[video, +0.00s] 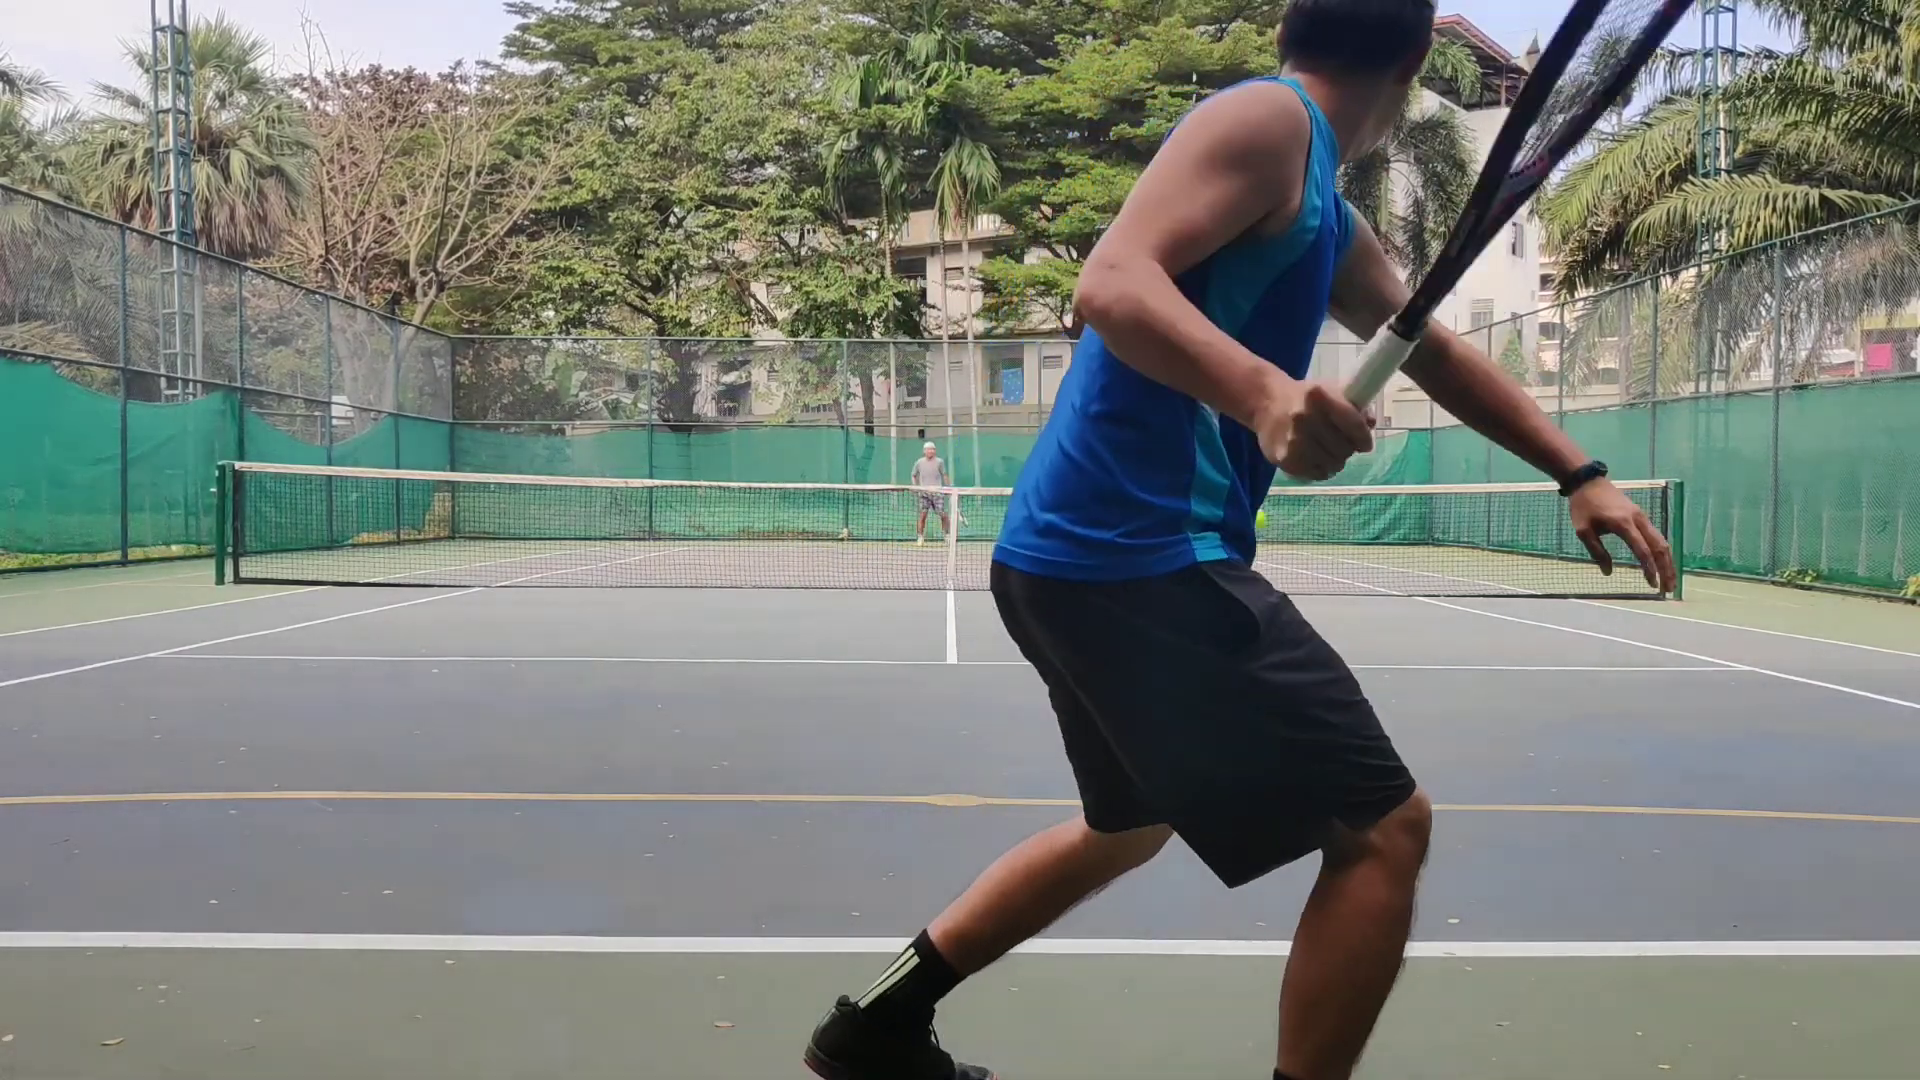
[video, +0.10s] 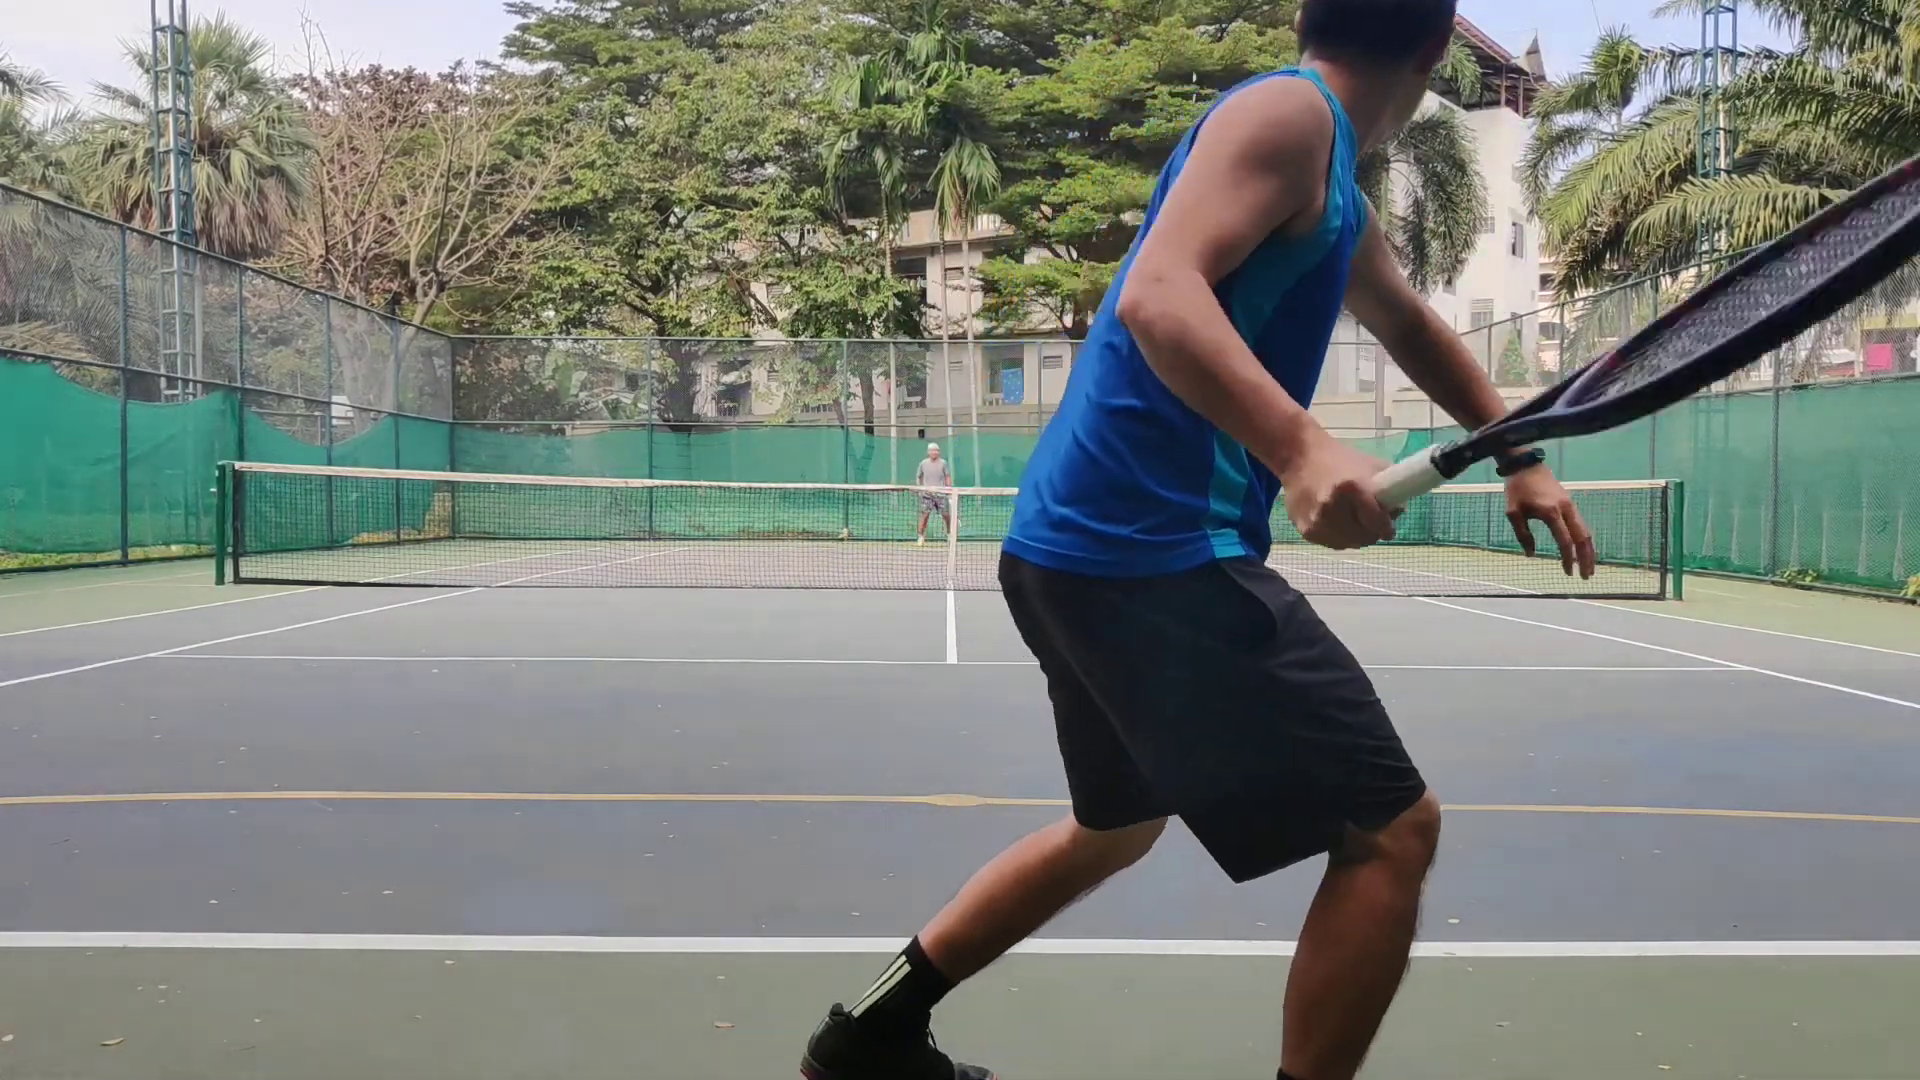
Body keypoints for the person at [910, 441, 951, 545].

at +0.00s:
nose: (931, 452)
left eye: (932, 449)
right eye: (928, 449)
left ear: (935, 451)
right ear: (924, 451)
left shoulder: (939, 462)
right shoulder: (919, 462)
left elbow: (944, 475)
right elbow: (914, 475)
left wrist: (948, 487)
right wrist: (915, 486)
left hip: (937, 490)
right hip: (924, 490)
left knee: (942, 514)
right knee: (923, 514)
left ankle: (946, 534)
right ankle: (920, 536)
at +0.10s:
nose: (934, 453)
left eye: (936, 451)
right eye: (932, 451)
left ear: (939, 452)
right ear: (928, 452)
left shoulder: (943, 463)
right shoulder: (923, 463)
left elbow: (947, 476)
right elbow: (919, 477)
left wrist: (948, 487)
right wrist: (920, 488)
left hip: (940, 491)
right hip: (927, 491)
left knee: (945, 514)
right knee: (925, 514)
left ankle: (949, 533)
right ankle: (921, 535)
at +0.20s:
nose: (939, 453)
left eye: (941, 451)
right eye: (937, 451)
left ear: (943, 452)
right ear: (933, 453)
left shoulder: (948, 464)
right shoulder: (928, 464)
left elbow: (951, 477)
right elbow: (924, 477)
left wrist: (951, 488)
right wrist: (925, 488)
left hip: (945, 491)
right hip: (932, 491)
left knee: (949, 515)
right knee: (928, 514)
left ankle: (950, 534)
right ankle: (921, 534)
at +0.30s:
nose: (943, 453)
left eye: (944, 450)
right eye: (941, 451)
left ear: (947, 452)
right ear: (937, 452)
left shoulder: (952, 463)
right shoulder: (933, 463)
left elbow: (956, 477)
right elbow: (930, 477)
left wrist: (955, 490)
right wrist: (930, 488)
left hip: (949, 491)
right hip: (937, 491)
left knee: (951, 515)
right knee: (932, 513)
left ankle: (951, 536)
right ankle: (925, 534)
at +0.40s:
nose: (946, 451)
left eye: (948, 449)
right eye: (944, 449)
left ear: (950, 450)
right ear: (940, 451)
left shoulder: (955, 461)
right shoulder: (935, 462)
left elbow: (959, 474)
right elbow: (933, 475)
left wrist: (957, 485)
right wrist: (934, 486)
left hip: (952, 490)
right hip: (939, 490)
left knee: (954, 513)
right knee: (937, 512)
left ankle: (954, 534)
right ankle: (934, 534)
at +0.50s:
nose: (947, 451)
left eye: (949, 448)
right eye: (945, 449)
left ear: (951, 450)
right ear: (941, 450)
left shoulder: (956, 461)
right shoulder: (936, 462)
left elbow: (961, 473)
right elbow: (933, 474)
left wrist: (959, 483)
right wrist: (935, 485)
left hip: (954, 489)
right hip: (941, 489)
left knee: (955, 513)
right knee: (941, 513)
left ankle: (955, 535)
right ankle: (940, 535)